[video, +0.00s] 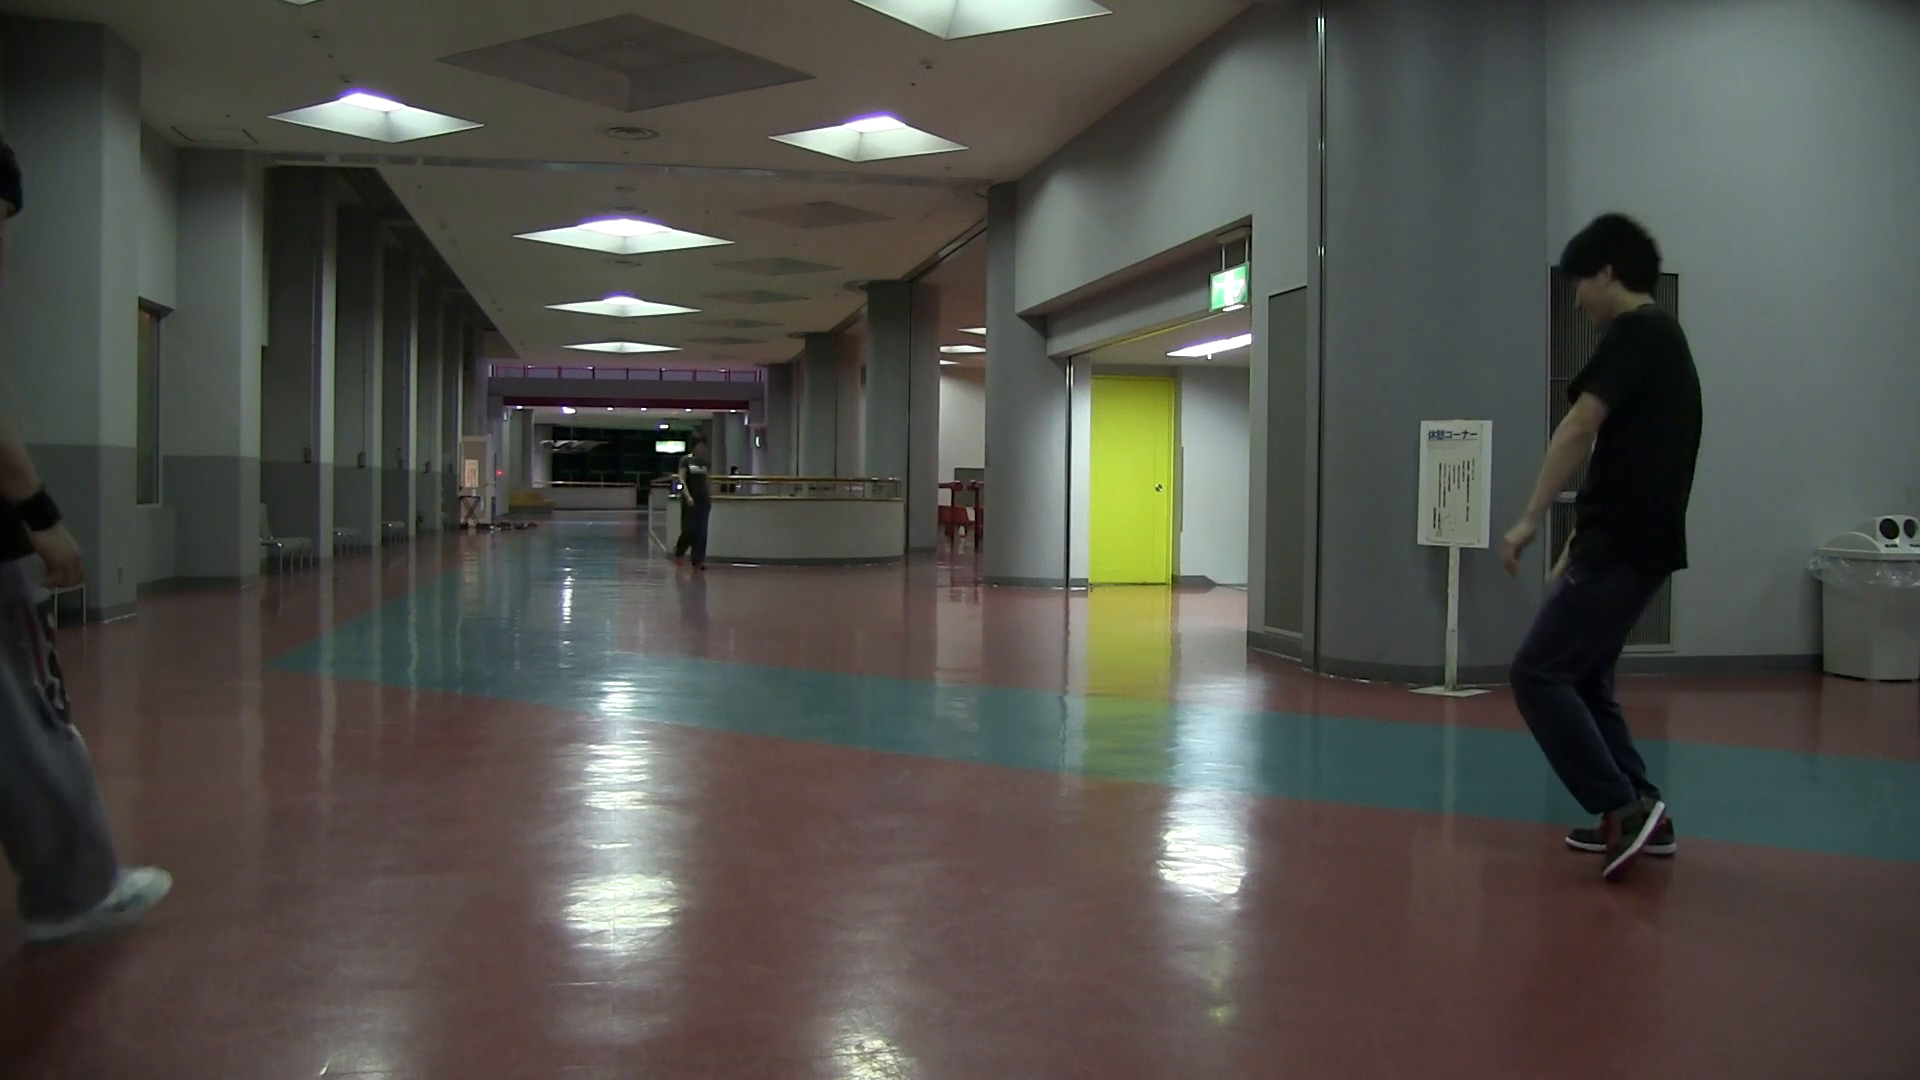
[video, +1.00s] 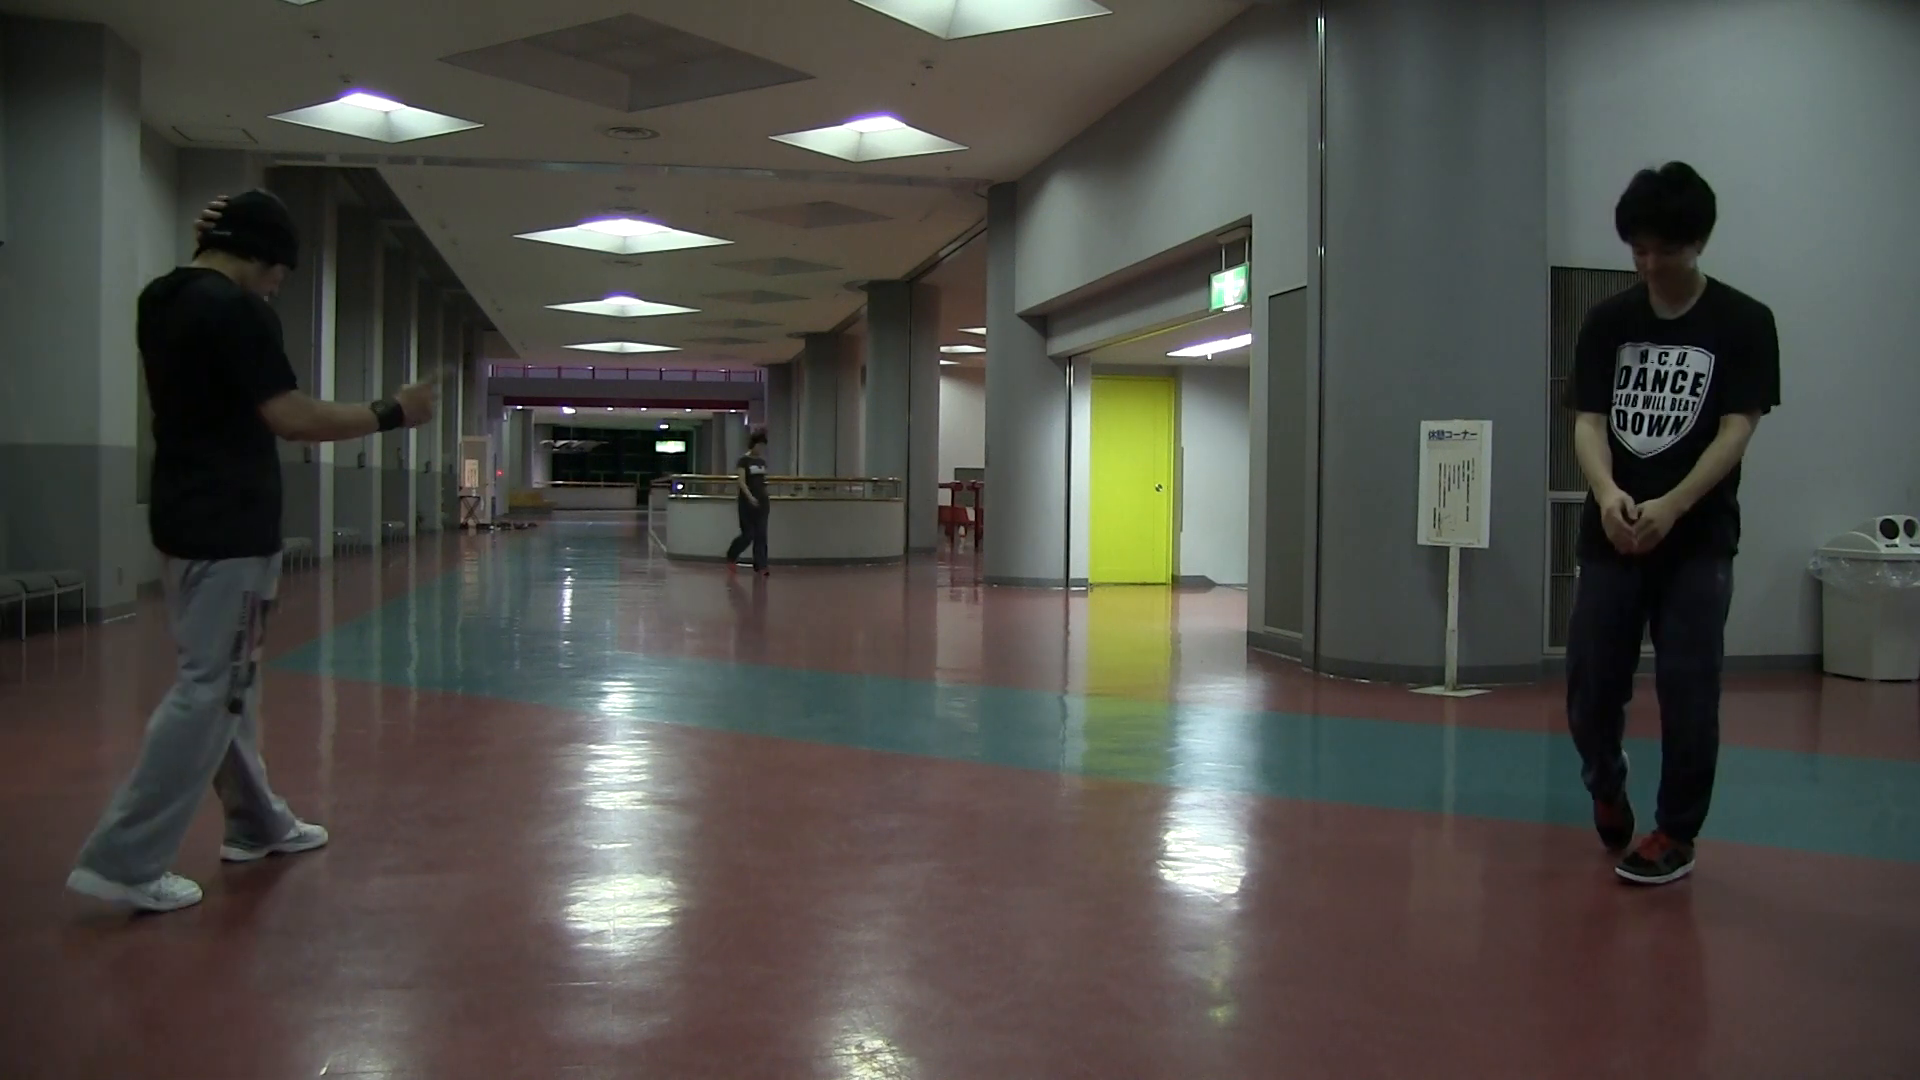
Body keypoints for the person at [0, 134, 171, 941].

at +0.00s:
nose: (6, 236)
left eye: (8, 219)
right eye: (6, 219)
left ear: (8, 214)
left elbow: (3, 438)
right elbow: (0, 436)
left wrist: (39, 519)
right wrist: (42, 519)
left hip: (6, 552)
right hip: (3, 555)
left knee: (25, 707)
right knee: (24, 707)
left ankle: (68, 881)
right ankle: (68, 885)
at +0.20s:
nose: (74, 245)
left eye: (75, 231)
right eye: (73, 230)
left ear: (8, 208)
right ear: (55, 219)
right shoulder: (45, 286)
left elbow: (69, 425)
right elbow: (69, 421)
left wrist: (112, 544)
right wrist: (123, 546)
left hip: (20, 542)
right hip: (32, 546)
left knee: (58, 709)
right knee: (69, 709)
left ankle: (103, 869)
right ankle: (109, 875)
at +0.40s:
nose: (141, 251)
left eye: (144, 238)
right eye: (143, 236)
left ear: (61, 203)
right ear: (127, 222)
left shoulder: (9, 257)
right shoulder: (130, 293)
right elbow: (171, 427)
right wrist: (221, 540)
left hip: (15, 529)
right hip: (106, 533)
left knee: (8, 699)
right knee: (119, 709)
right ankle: (109, 879)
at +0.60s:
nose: (195, 260)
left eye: (197, 247)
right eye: (197, 246)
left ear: (115, 216)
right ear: (182, 232)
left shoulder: (59, 269)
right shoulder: (186, 297)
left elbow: (77, 245)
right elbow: (230, 429)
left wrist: (118, 187)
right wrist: (299, 490)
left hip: (67, 513)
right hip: (154, 525)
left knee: (65, 685)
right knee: (143, 699)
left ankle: (41, 855)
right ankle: (113, 879)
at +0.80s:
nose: (238, 275)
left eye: (241, 263)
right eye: (239, 262)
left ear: (173, 226)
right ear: (228, 248)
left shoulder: (108, 284)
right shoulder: (217, 305)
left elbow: (146, 268)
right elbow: (270, 423)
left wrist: (171, 224)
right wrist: (371, 428)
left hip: (113, 517)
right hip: (188, 528)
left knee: (141, 685)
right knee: (164, 700)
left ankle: (205, 803)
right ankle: (108, 882)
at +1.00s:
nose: (276, 288)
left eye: (280, 274)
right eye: (278, 272)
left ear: (212, 244)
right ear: (257, 258)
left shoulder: (160, 300)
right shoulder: (240, 313)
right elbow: (290, 416)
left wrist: (212, 242)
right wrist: (390, 413)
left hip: (184, 522)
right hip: (236, 528)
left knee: (223, 682)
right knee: (207, 691)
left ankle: (257, 824)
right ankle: (119, 862)